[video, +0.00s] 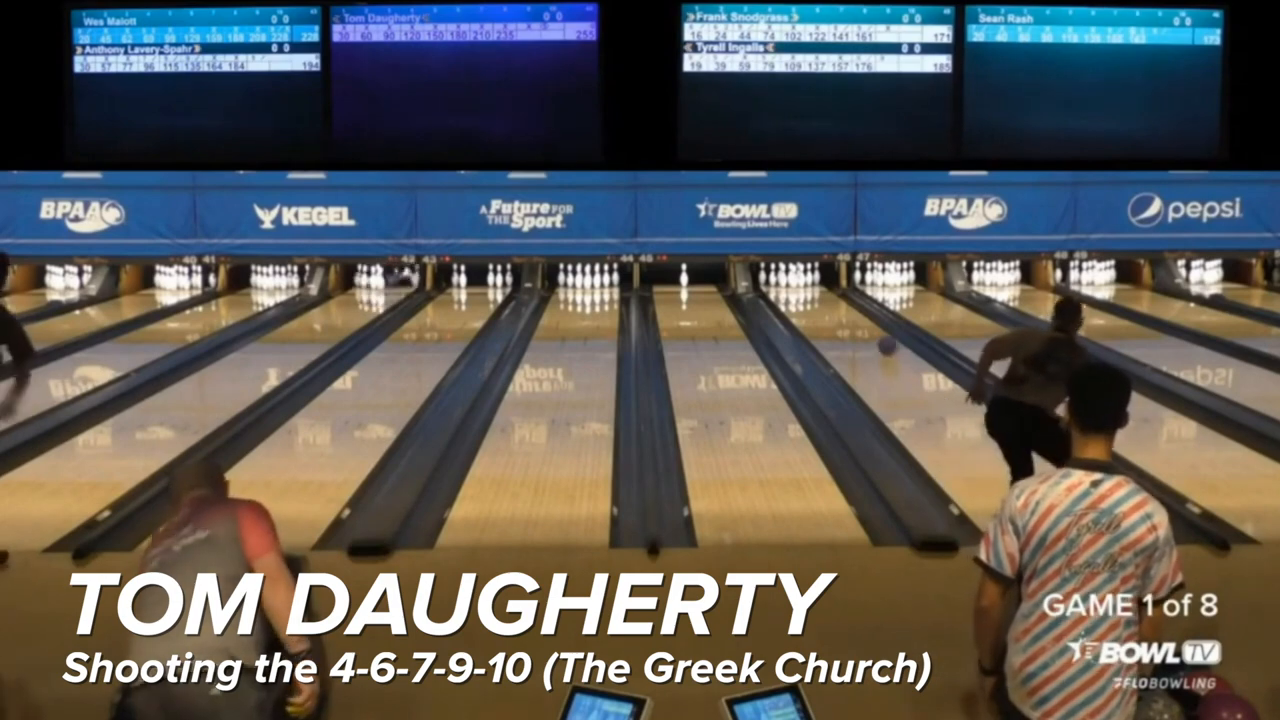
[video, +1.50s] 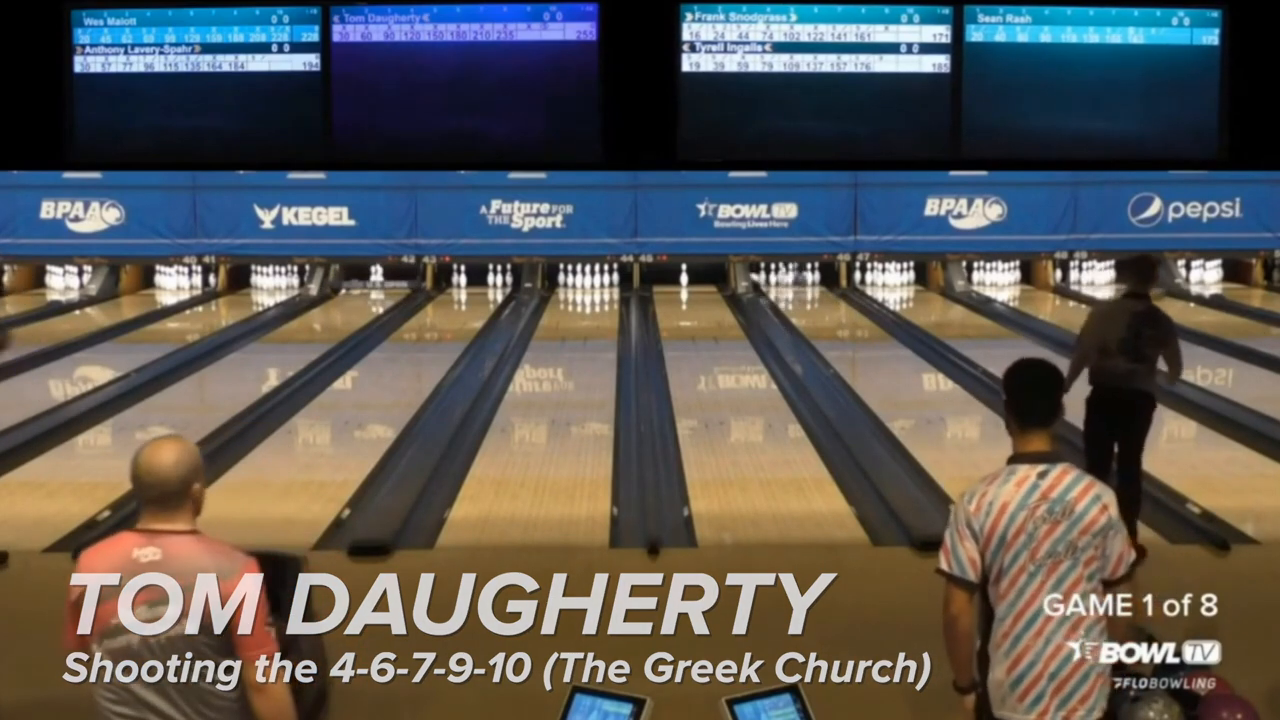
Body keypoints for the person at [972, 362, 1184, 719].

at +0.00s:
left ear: (1067, 414)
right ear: (1123, 422)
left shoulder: (1028, 498)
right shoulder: (1150, 514)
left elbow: (989, 600)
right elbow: (1151, 614)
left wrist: (987, 668)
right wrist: (1139, 676)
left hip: (1030, 686)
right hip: (1107, 695)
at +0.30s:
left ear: (1070, 415)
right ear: (1127, 421)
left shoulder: (1032, 497)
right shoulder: (1153, 514)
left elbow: (991, 601)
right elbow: (1154, 615)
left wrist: (987, 665)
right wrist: (1137, 673)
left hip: (1032, 686)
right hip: (1109, 696)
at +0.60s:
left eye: (1057, 406)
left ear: (1060, 412)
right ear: (1117, 419)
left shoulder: (1022, 500)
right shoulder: (1144, 513)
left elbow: (988, 601)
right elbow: (1150, 615)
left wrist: (985, 671)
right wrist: (1136, 674)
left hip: (1029, 691)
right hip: (1106, 696)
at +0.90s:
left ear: (1037, 414)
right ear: (1094, 418)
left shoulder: (1006, 499)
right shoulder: (1124, 505)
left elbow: (974, 605)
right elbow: (1134, 603)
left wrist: (972, 677)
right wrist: (1131, 663)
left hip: (1022, 690)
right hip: (1095, 692)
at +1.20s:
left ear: (1014, 414)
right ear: (1066, 412)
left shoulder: (989, 503)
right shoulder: (1104, 498)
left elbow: (966, 612)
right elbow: (1122, 578)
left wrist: (970, 689)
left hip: (1023, 679)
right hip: (1093, 678)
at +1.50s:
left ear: (1007, 413)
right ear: (1060, 411)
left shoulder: (980, 501)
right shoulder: (1099, 498)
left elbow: (958, 607)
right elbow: (1119, 589)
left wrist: (966, 687)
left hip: (1016, 684)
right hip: (1086, 683)